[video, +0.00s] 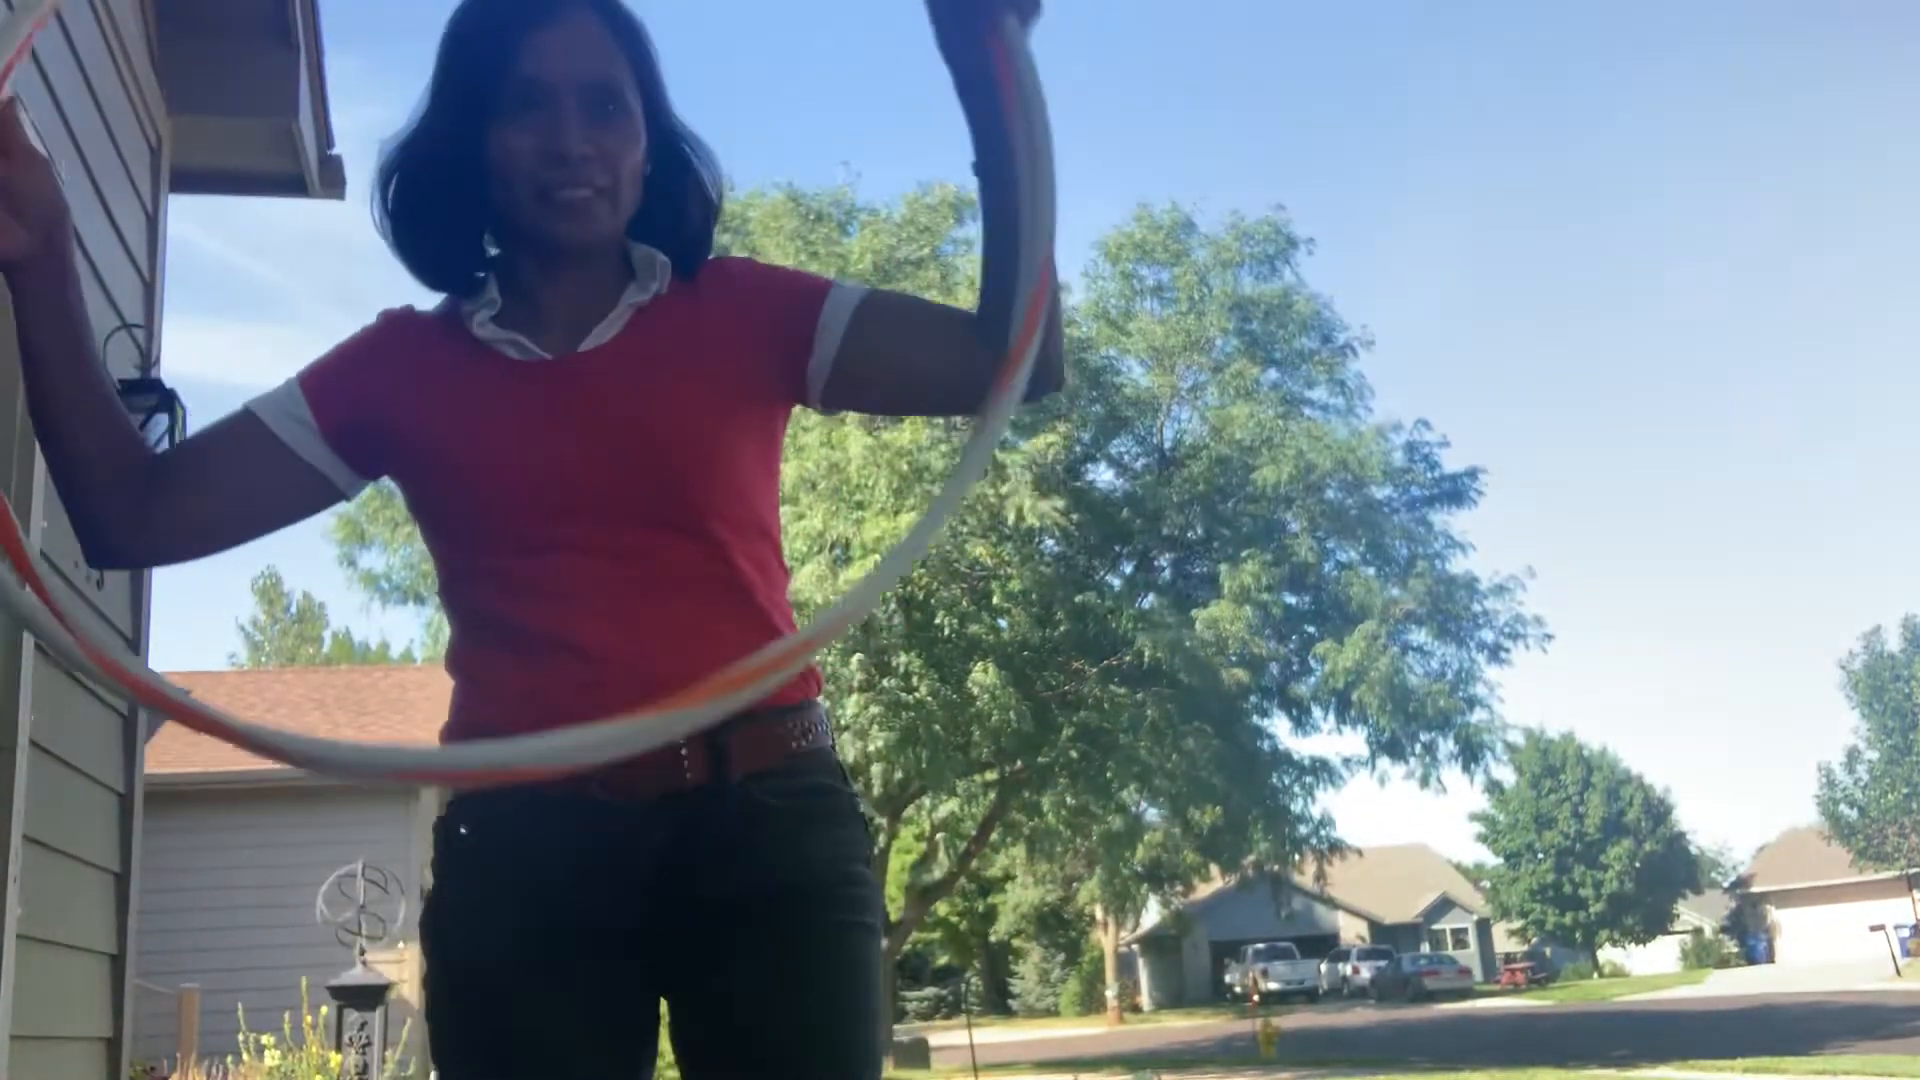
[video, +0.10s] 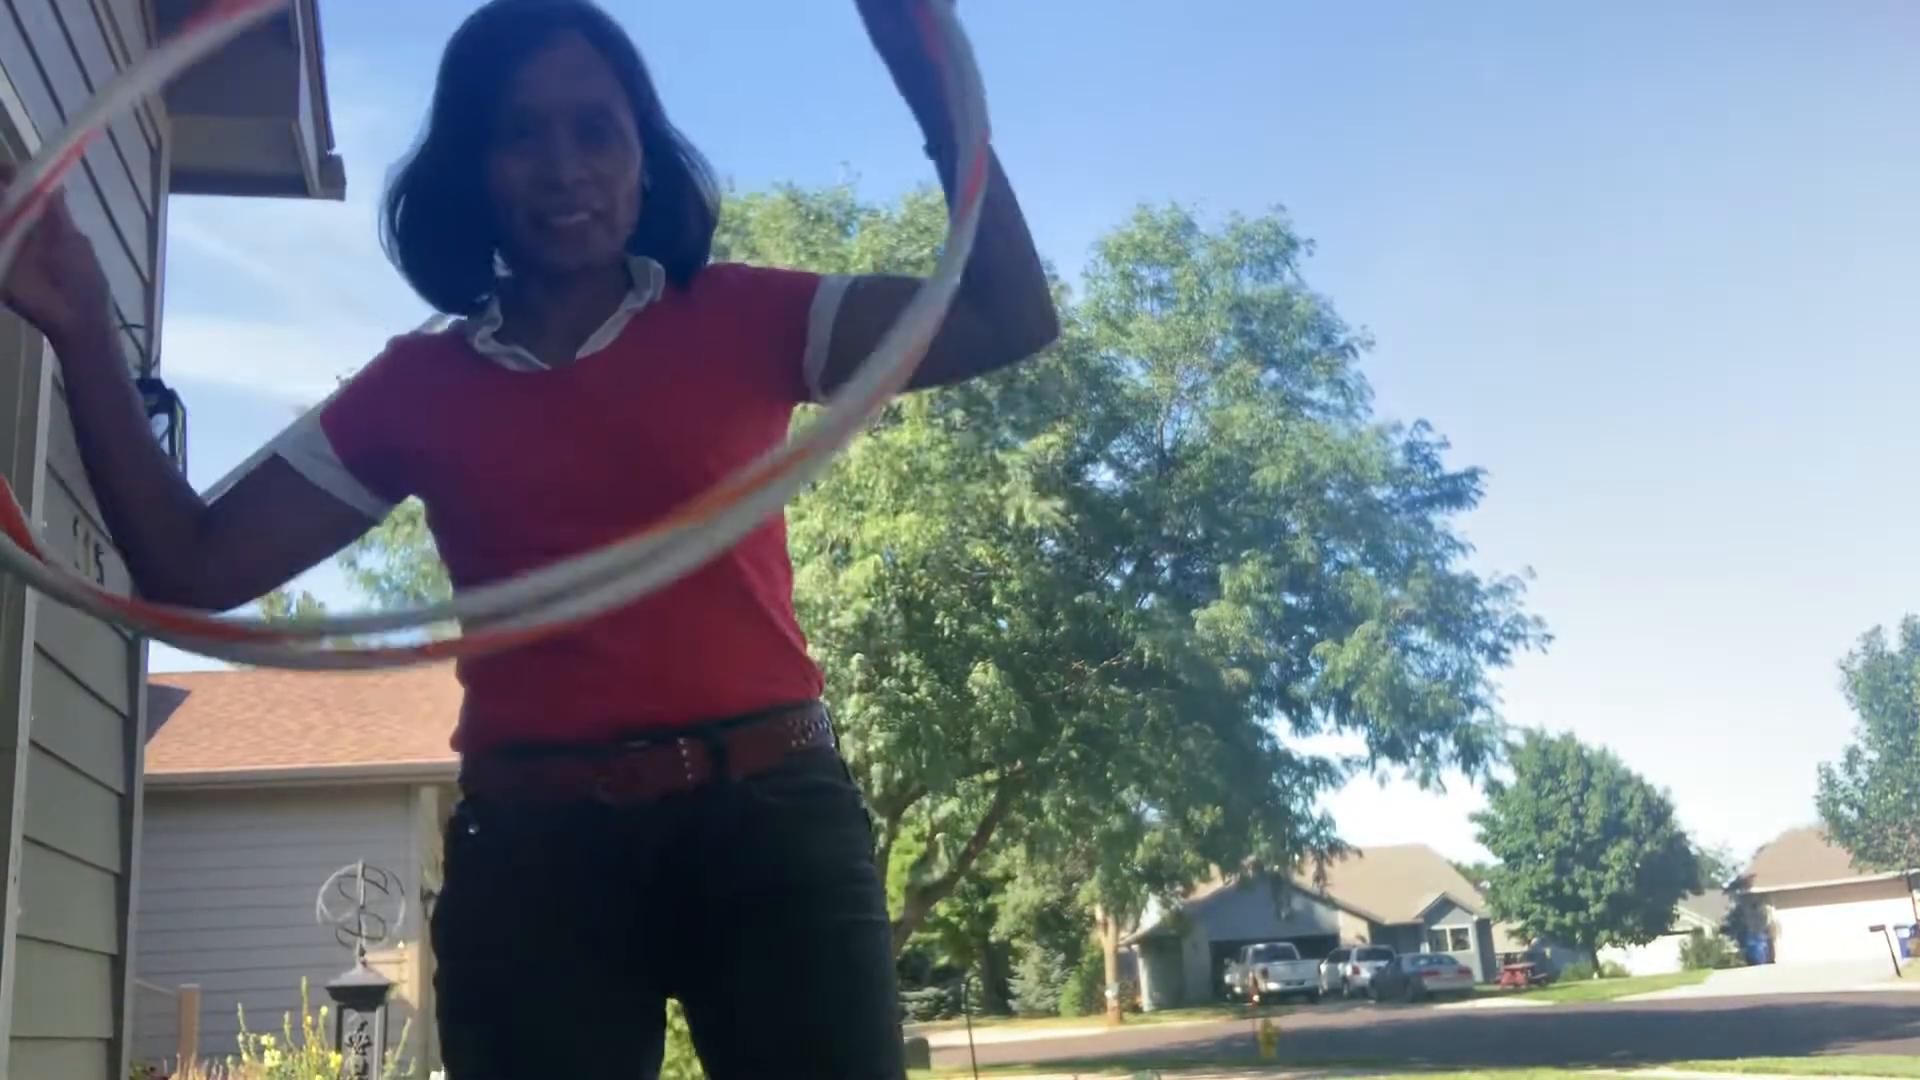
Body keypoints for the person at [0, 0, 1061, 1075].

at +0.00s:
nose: (572, 141)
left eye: (606, 104)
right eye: (528, 107)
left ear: (653, 136)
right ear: (469, 146)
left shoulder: (742, 315)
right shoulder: (401, 371)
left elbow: (1020, 360)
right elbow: (132, 518)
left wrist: (1000, 79)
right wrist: (37, 260)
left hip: (770, 829)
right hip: (528, 849)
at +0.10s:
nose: (565, 167)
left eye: (596, 129)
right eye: (523, 135)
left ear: (647, 150)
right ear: (471, 169)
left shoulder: (742, 317)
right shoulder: (422, 386)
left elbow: (1009, 318)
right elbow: (192, 566)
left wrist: (938, 79)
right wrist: (84, 336)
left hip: (772, 820)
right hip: (535, 845)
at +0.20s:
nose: (564, 179)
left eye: (595, 143)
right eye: (522, 151)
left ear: (650, 165)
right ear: (479, 191)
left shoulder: (755, 329)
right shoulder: (449, 402)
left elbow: (1013, 336)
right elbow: (271, 629)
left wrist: (922, 133)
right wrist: (151, 416)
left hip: (787, 827)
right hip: (550, 848)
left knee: (869, 1075)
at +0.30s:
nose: (581, 189)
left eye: (610, 154)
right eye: (540, 166)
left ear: (670, 182)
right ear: (498, 207)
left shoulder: (771, 342)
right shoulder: (480, 427)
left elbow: (1026, 397)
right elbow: (364, 671)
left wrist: (931, 191)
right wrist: (206, 480)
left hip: (808, 831)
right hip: (573, 850)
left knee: (891, 1071)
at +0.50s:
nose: (669, 227)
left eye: (696, 191)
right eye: (627, 208)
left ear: (753, 214)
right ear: (596, 254)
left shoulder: (862, 380)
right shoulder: (588, 456)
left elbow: (1067, 537)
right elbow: (515, 713)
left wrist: (1033, 317)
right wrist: (326, 582)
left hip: (885, 848)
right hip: (660, 852)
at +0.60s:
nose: (726, 240)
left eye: (754, 206)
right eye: (687, 222)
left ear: (812, 230)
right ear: (654, 269)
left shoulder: (921, 399)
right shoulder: (640, 460)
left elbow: (1102, 600)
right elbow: (583, 720)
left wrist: (1093, 363)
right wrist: (418, 576)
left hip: (933, 863)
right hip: (713, 868)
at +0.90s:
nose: (878, 250)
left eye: (905, 220)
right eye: (843, 231)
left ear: (958, 247)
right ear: (808, 269)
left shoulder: (1042, 432)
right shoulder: (759, 450)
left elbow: (1166, 645)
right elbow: (692, 691)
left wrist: (1218, 447)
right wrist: (576, 533)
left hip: (1013, 876)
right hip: (810, 881)